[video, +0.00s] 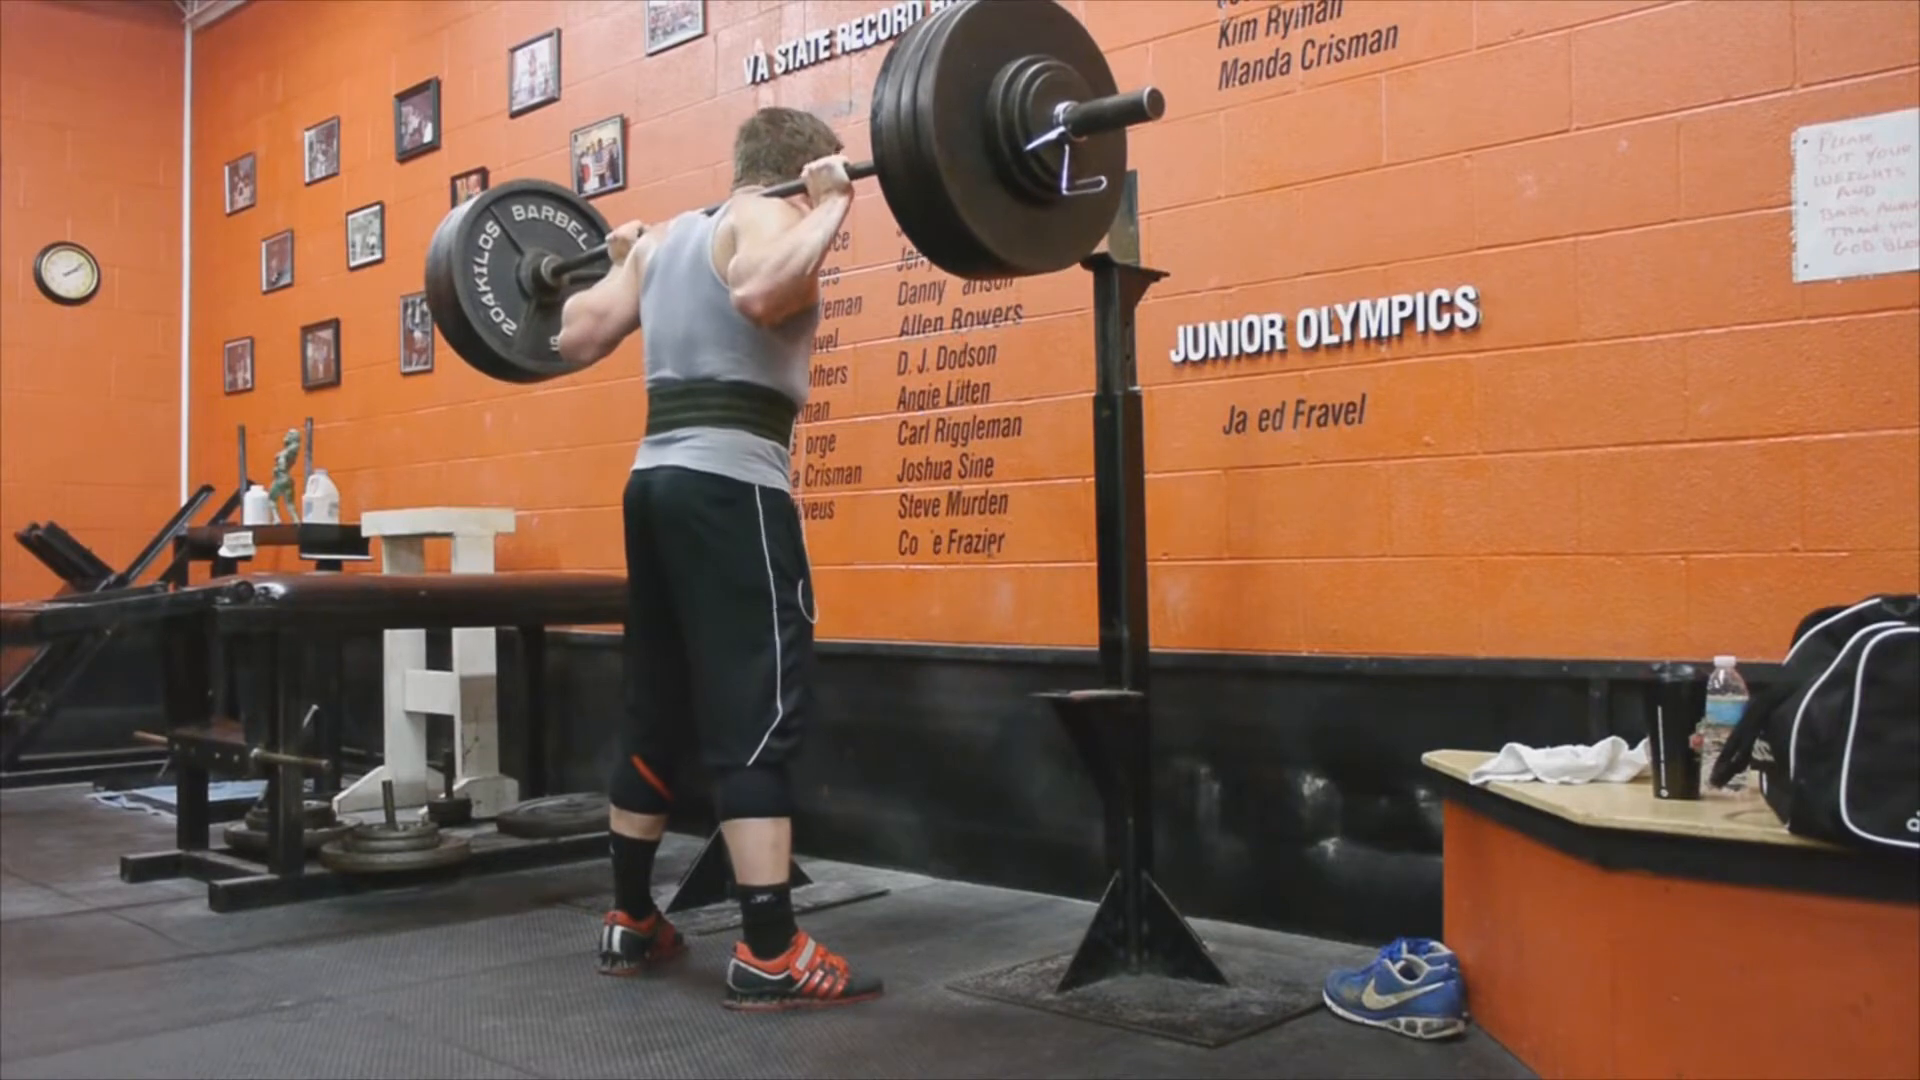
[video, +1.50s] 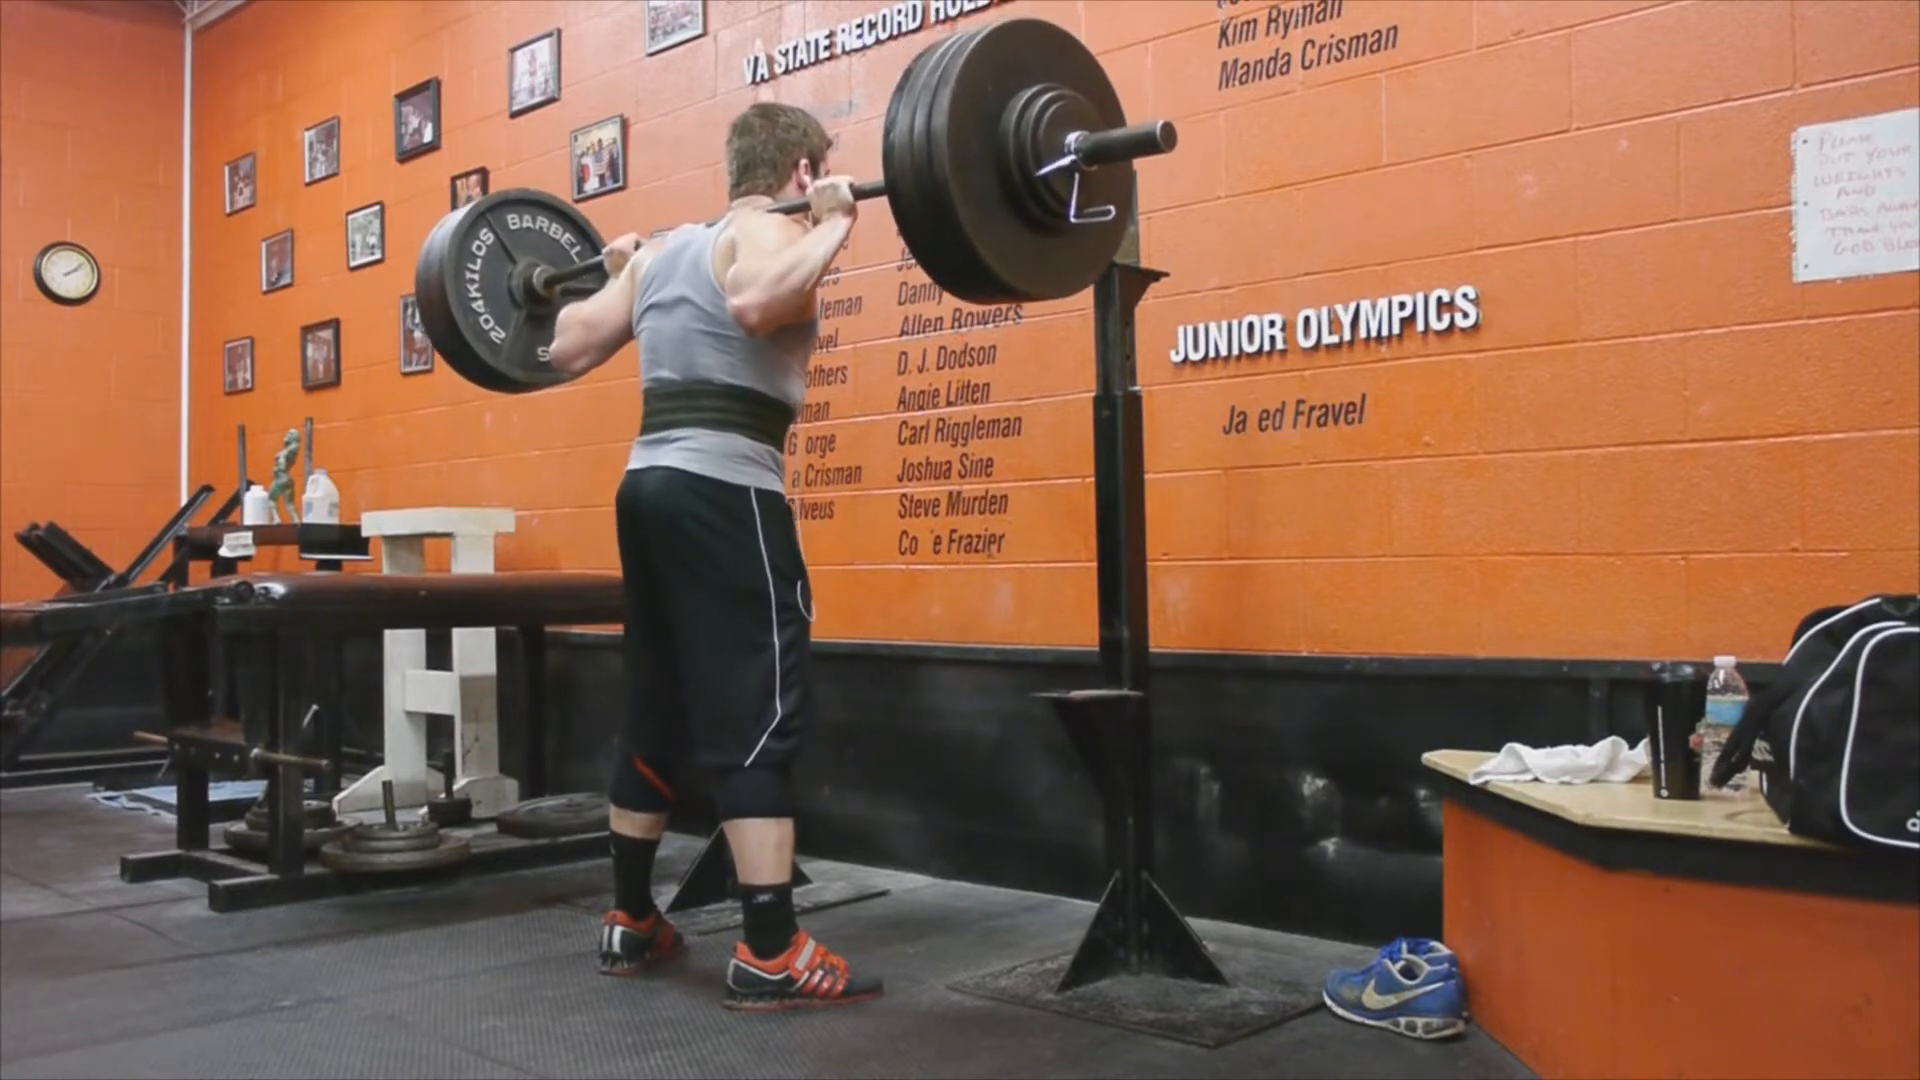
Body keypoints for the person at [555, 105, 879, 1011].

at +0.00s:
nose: (832, 201)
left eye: (835, 183)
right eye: (828, 182)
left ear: (739, 167)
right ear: (804, 173)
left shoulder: (666, 240)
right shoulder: (770, 212)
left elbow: (572, 335)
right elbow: (759, 295)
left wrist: (617, 262)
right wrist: (833, 205)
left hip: (656, 487)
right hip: (731, 489)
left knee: (661, 710)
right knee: (758, 713)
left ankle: (631, 920)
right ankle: (769, 946)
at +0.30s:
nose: (832, 198)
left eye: (835, 181)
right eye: (829, 181)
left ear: (739, 173)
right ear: (800, 174)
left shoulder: (667, 244)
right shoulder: (769, 219)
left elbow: (571, 341)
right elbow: (755, 296)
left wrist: (616, 264)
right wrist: (833, 214)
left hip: (654, 486)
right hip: (729, 488)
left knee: (660, 708)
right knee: (756, 713)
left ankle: (631, 919)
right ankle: (769, 946)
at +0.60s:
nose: (828, 195)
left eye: (828, 178)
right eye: (826, 178)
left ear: (733, 177)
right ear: (798, 173)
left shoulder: (664, 252)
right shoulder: (771, 225)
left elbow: (569, 352)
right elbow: (752, 299)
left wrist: (615, 273)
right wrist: (830, 222)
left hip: (654, 486)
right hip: (729, 488)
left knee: (660, 708)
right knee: (756, 713)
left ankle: (632, 920)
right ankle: (770, 946)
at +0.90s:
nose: (825, 193)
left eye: (826, 177)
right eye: (824, 177)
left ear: (735, 175)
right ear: (798, 172)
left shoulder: (664, 253)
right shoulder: (772, 227)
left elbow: (568, 352)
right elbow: (752, 300)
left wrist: (613, 273)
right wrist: (832, 227)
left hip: (652, 485)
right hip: (727, 488)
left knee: (658, 707)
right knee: (756, 713)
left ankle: (631, 920)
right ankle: (770, 946)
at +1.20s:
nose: (827, 191)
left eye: (827, 175)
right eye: (825, 175)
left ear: (736, 174)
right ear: (800, 169)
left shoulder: (664, 251)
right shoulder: (775, 226)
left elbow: (566, 349)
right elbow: (753, 302)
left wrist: (608, 272)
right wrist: (834, 228)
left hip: (654, 484)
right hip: (730, 487)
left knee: (659, 708)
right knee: (757, 712)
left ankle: (631, 920)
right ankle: (770, 946)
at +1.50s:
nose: (825, 189)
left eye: (824, 174)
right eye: (823, 174)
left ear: (737, 171)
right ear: (800, 169)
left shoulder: (664, 251)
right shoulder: (773, 227)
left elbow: (564, 347)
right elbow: (753, 303)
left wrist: (607, 273)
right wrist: (833, 229)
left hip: (650, 486)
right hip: (725, 488)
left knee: (658, 708)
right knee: (758, 713)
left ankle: (631, 920)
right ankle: (770, 947)